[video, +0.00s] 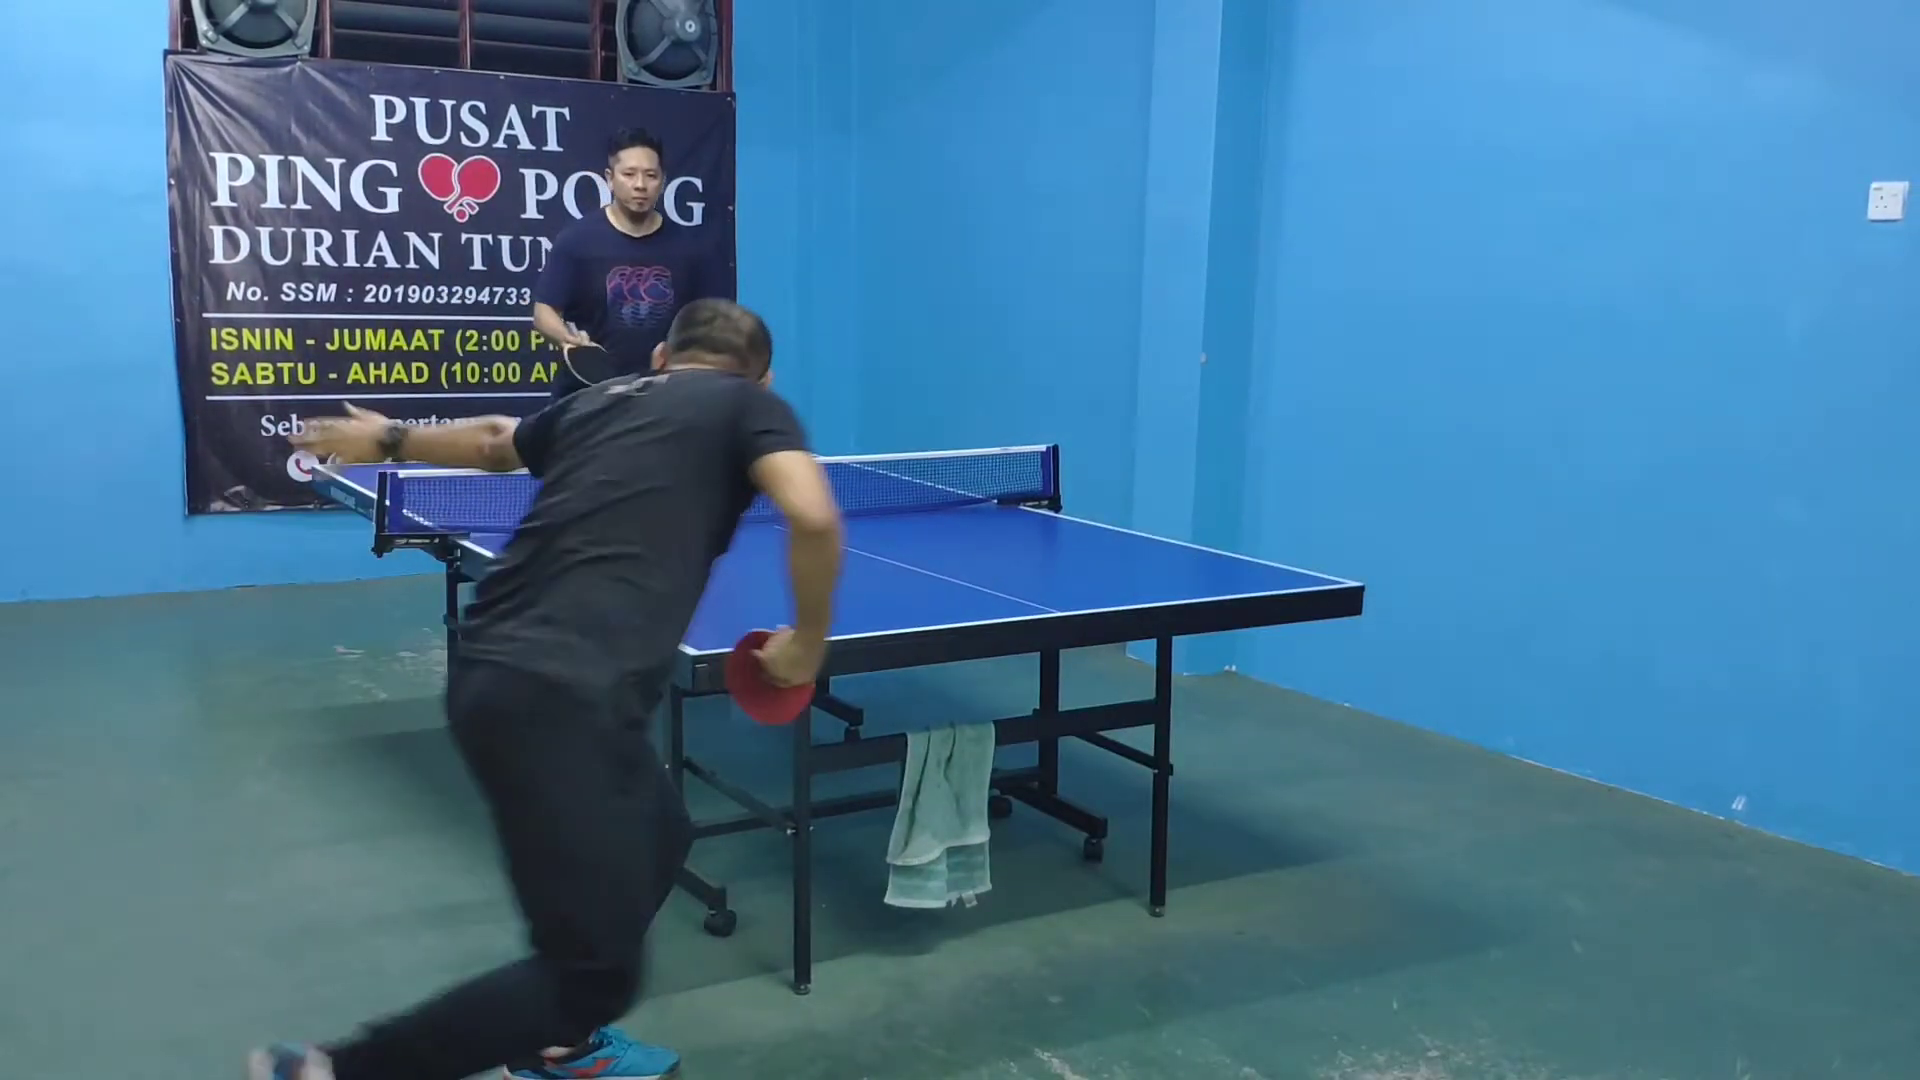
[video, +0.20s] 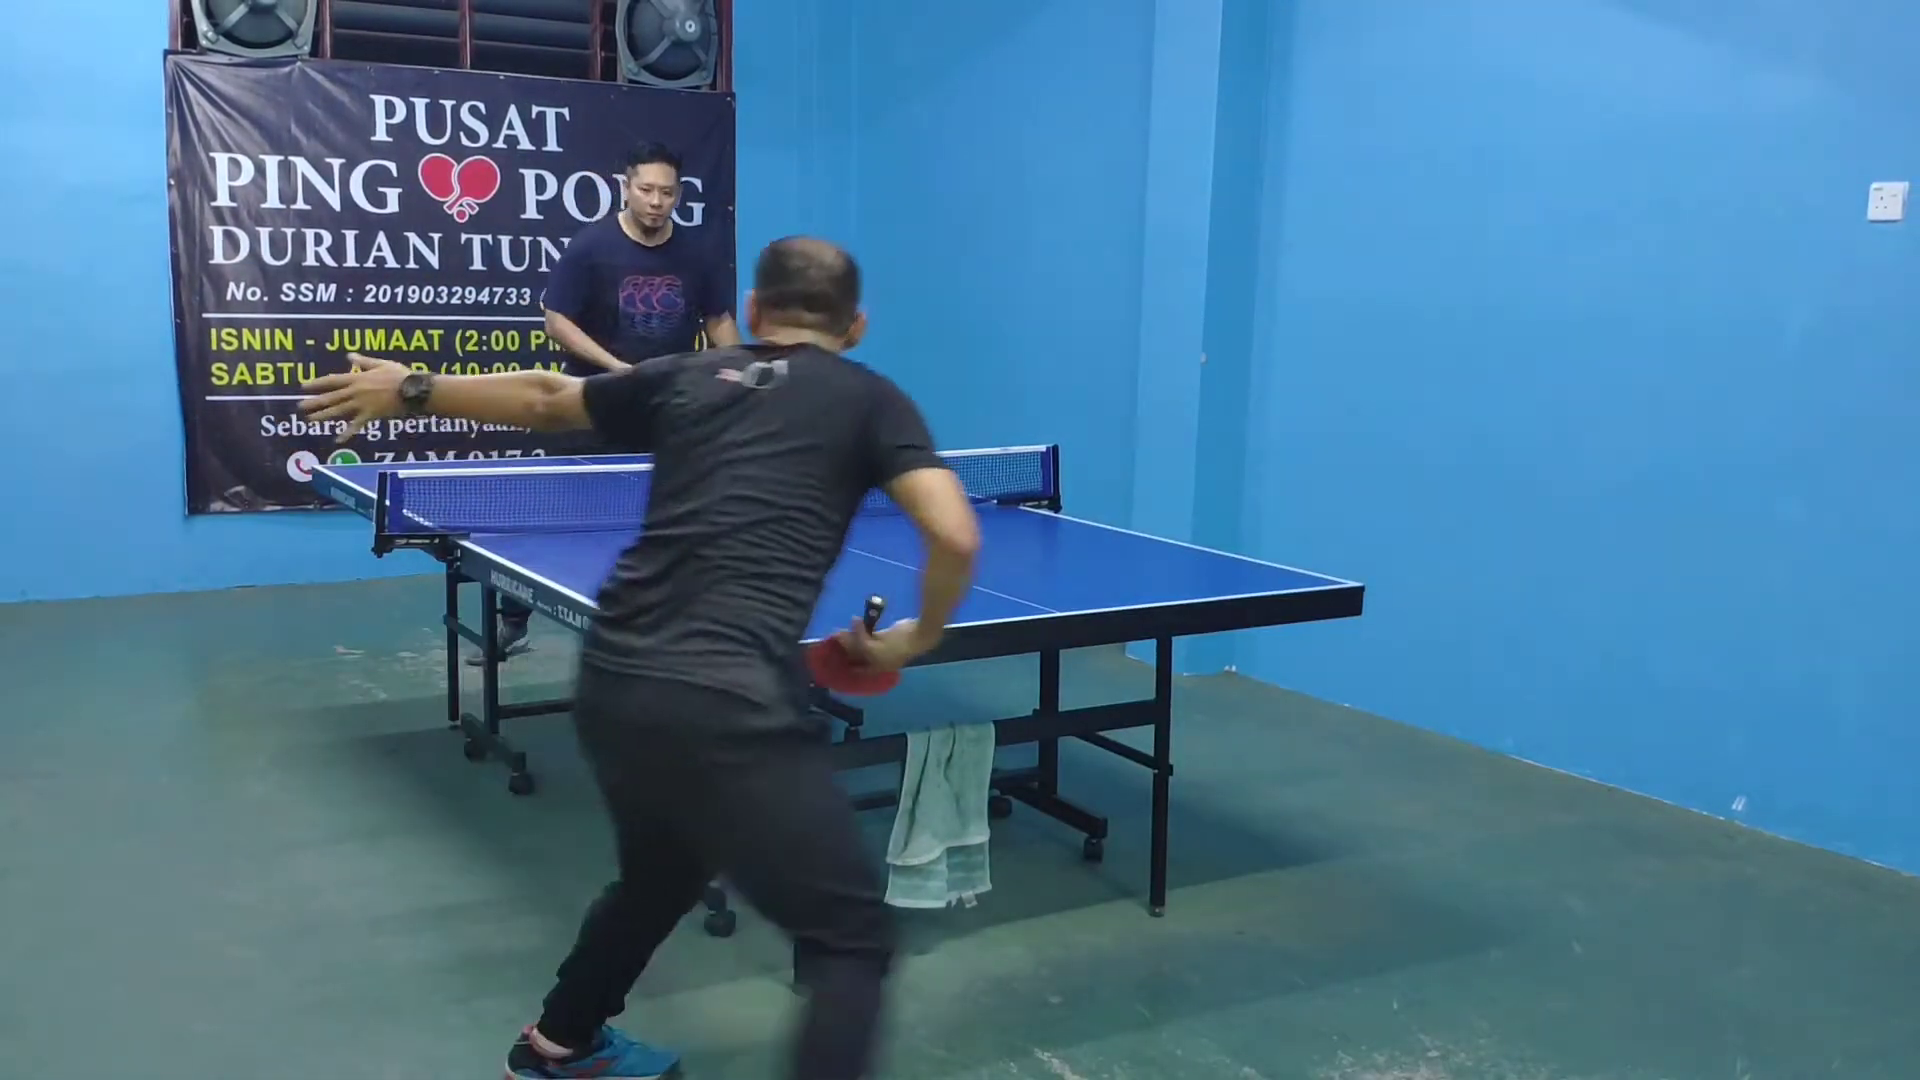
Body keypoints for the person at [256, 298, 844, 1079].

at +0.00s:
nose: (763, 394)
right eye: (764, 384)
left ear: (660, 359)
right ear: (753, 375)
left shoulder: (590, 403)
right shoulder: (745, 400)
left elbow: (492, 443)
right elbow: (815, 517)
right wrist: (807, 641)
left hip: (488, 678)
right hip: (565, 695)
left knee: (660, 839)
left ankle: (561, 1036)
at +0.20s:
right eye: (858, 310)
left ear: (755, 311)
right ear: (855, 322)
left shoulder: (687, 377)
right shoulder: (869, 400)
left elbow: (547, 399)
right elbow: (955, 538)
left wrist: (410, 387)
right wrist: (906, 642)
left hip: (615, 687)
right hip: (728, 705)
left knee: (661, 874)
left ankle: (559, 1036)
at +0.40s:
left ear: (849, 254)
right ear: (960, 255)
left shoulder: (792, 355)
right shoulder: (1009, 363)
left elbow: (628, 398)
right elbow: (1122, 510)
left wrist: (506, 401)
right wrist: (1070, 596)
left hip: (796, 703)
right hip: (936, 708)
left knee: (730, 891)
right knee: (996, 966)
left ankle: (662, 1064)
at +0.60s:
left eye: (926, 213)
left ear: (929, 224)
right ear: (1041, 222)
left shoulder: (864, 330)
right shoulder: (1101, 331)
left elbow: (729, 461)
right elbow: (1209, 486)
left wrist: (692, 502)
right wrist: (1166, 584)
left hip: (921, 689)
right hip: (1073, 685)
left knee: (840, 928)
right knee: (1160, 907)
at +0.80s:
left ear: (1054, 371)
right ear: (1164, 370)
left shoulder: (992, 489)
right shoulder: (1216, 477)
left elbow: (924, 665)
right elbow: (1291, 662)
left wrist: (1003, 709)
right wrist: (1309, 770)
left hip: (1015, 823)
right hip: (1178, 819)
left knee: (889, 981)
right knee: (1285, 969)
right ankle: (1351, 1073)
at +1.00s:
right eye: (1344, 428)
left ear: (1221, 421)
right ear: (1334, 439)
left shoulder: (1175, 504)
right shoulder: (1300, 523)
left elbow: (1175, 640)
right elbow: (1224, 613)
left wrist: (1305, 693)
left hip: (1054, 827)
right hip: (1203, 830)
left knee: (936, 1003)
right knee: (1357, 927)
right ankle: (1398, 1066)